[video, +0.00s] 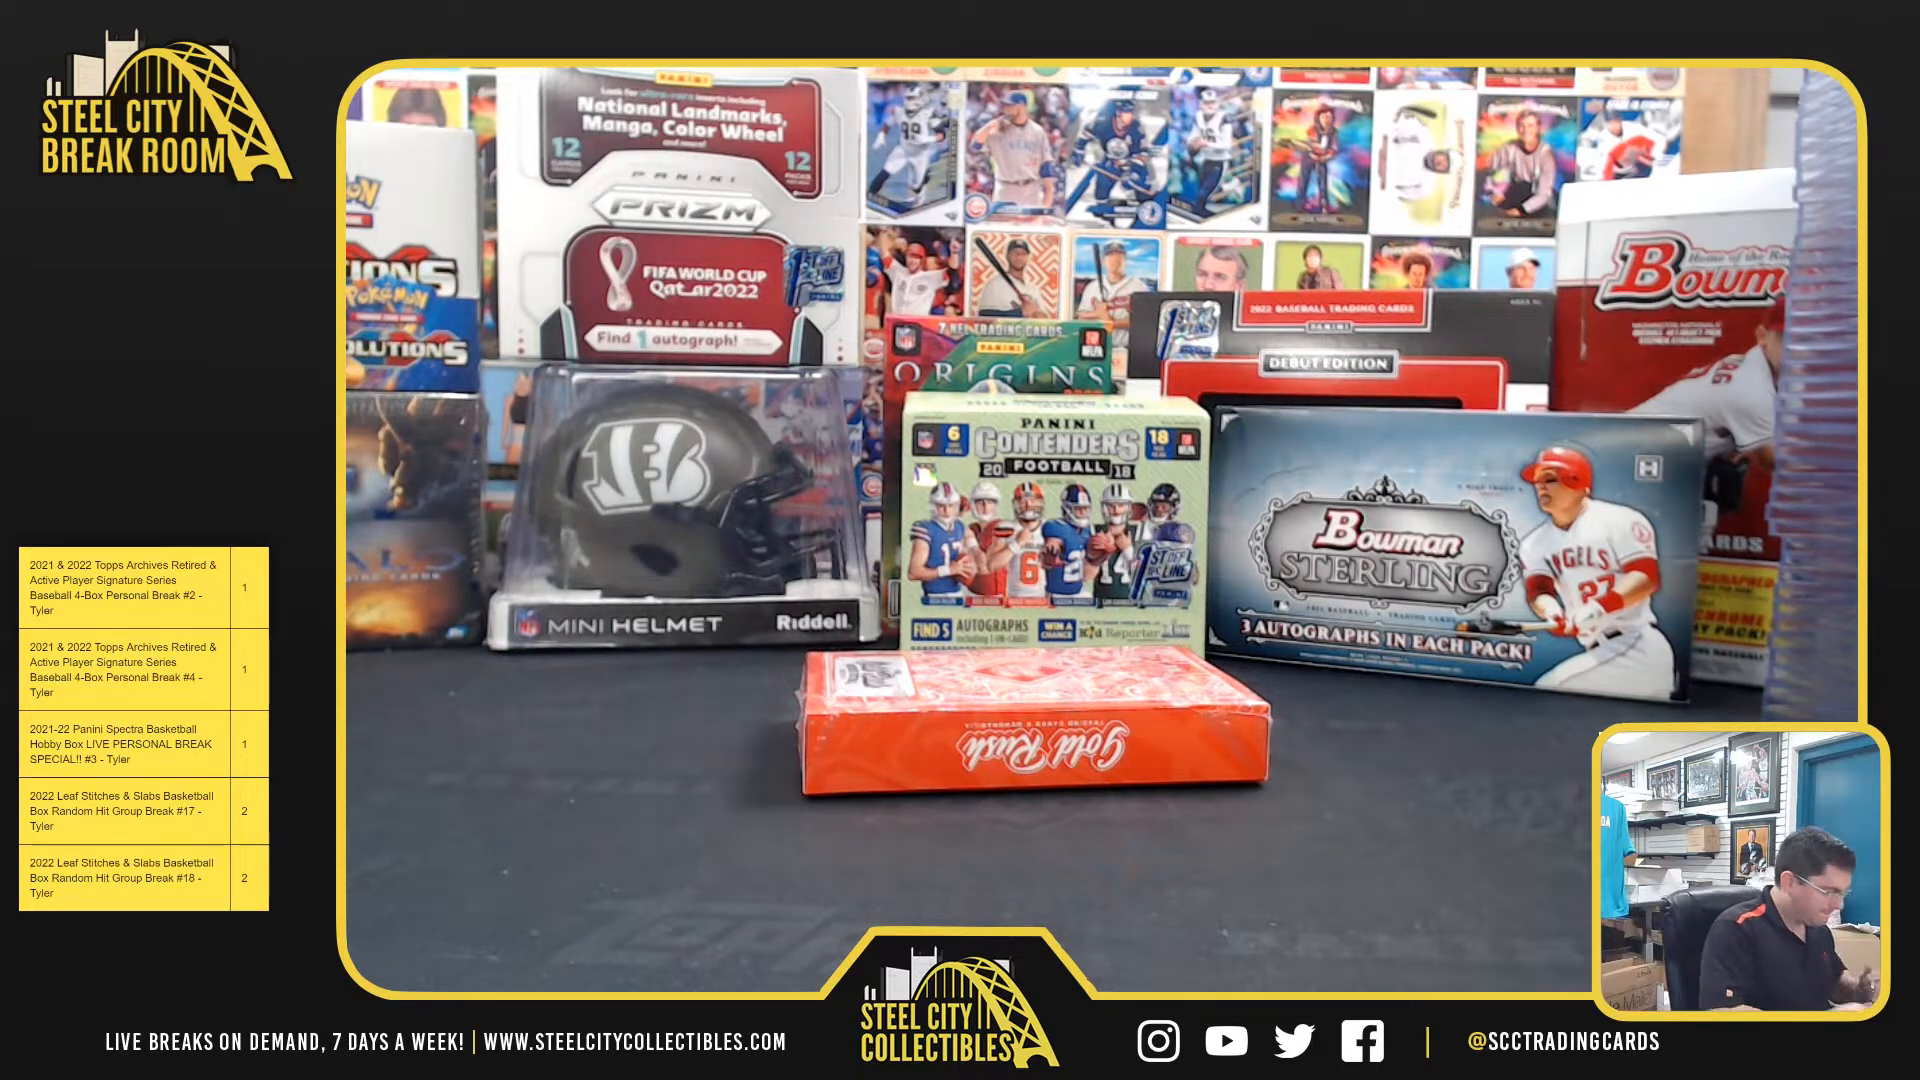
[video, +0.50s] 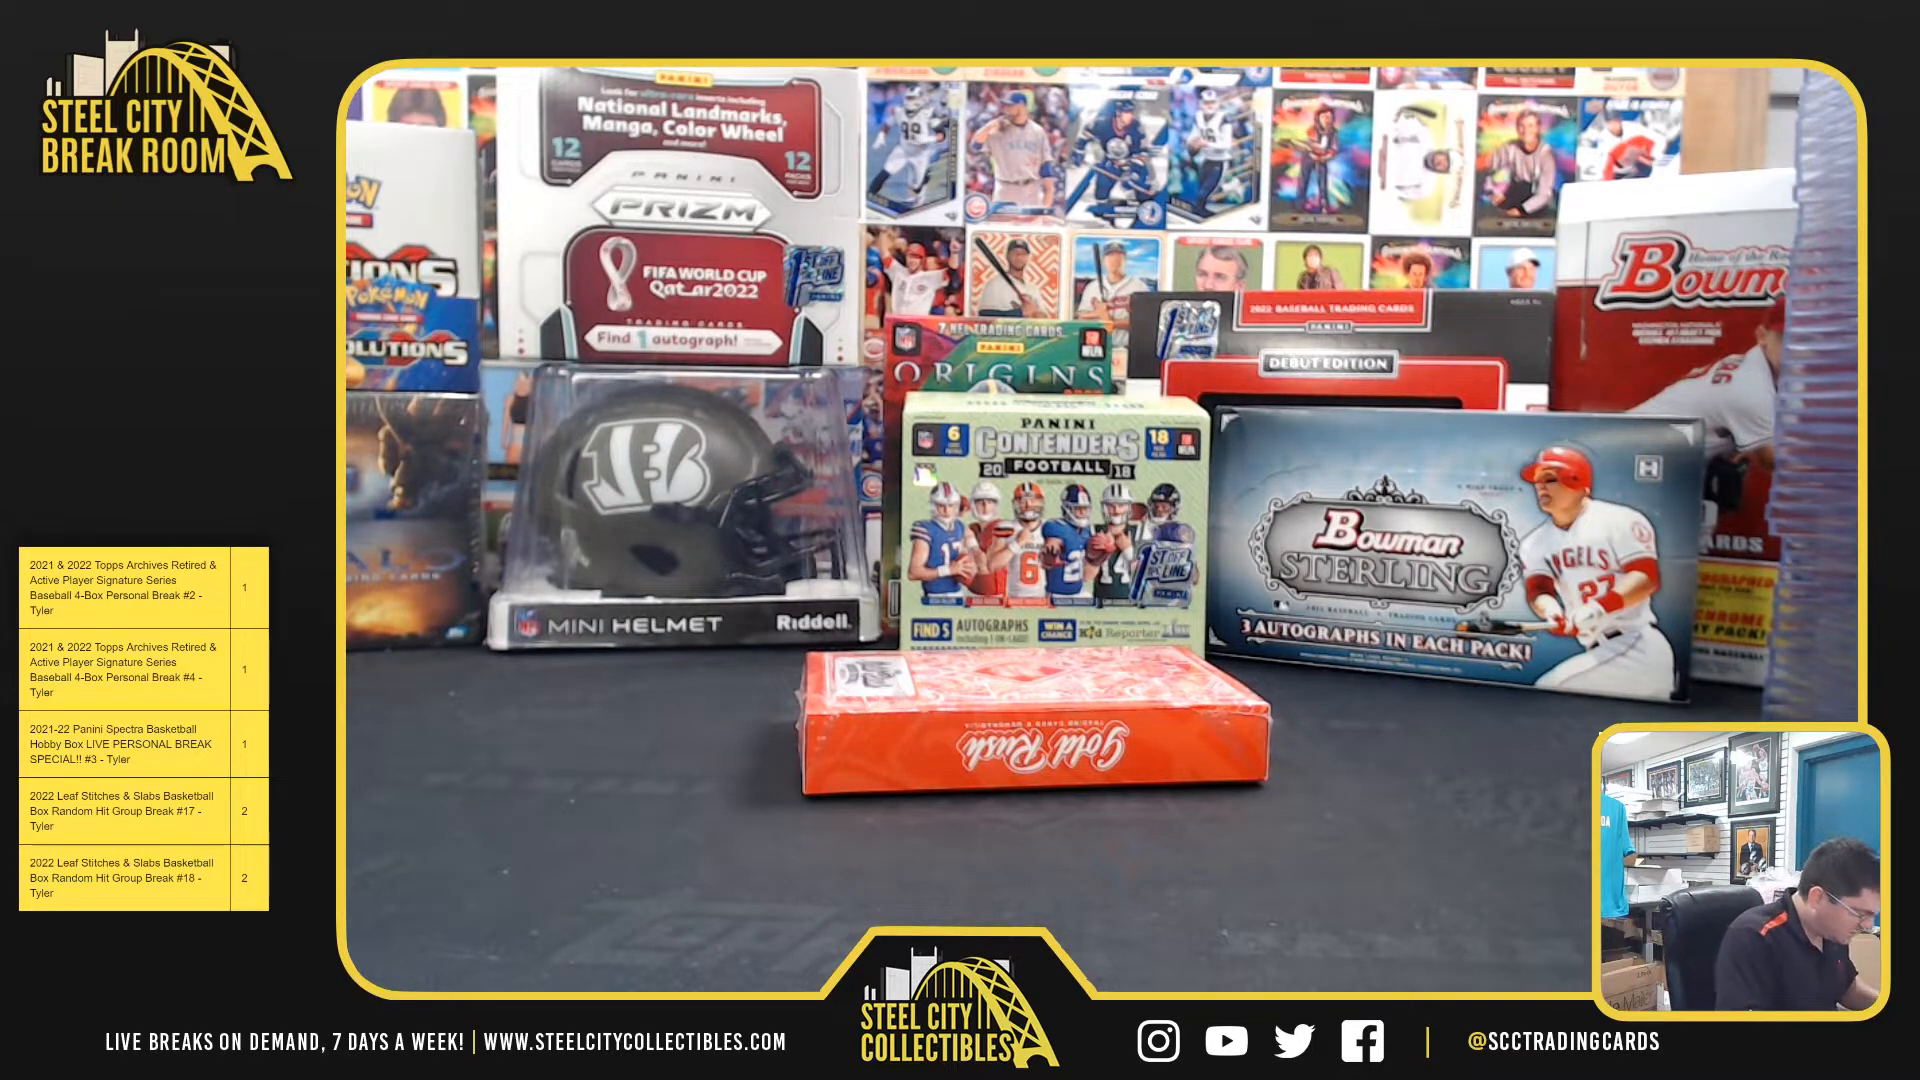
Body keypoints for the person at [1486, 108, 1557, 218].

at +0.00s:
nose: (1526, 130)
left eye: (1530, 126)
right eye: (1522, 126)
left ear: (1538, 128)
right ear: (1517, 129)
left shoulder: (1545, 154)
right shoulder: (1507, 150)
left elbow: (1545, 192)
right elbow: (1491, 177)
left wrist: (1523, 209)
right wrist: (1494, 193)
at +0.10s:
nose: (1526, 130)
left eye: (1530, 126)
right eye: (1522, 126)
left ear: (1538, 128)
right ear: (1517, 129)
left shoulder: (1545, 154)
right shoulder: (1507, 150)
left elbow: (1545, 192)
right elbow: (1491, 177)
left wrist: (1523, 209)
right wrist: (1494, 193)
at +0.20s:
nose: (1526, 130)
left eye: (1530, 126)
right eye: (1522, 126)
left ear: (1539, 128)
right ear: (1517, 129)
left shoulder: (1545, 154)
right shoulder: (1507, 150)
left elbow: (1545, 192)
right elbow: (1490, 177)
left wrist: (1523, 209)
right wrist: (1494, 193)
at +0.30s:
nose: (1526, 130)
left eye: (1530, 126)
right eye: (1522, 126)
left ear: (1538, 128)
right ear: (1517, 129)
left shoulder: (1545, 153)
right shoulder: (1508, 150)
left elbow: (1545, 192)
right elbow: (1490, 175)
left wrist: (1523, 209)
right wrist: (1494, 193)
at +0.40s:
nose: (1526, 130)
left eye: (1530, 126)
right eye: (1522, 126)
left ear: (1538, 128)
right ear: (1517, 129)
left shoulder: (1545, 153)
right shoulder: (1508, 150)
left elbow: (1545, 192)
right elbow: (1490, 175)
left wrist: (1523, 209)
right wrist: (1494, 193)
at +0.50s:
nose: (1526, 130)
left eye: (1530, 126)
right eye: (1522, 126)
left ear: (1538, 128)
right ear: (1517, 129)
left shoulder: (1545, 153)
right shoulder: (1508, 150)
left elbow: (1545, 192)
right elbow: (1490, 175)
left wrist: (1523, 209)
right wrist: (1494, 193)